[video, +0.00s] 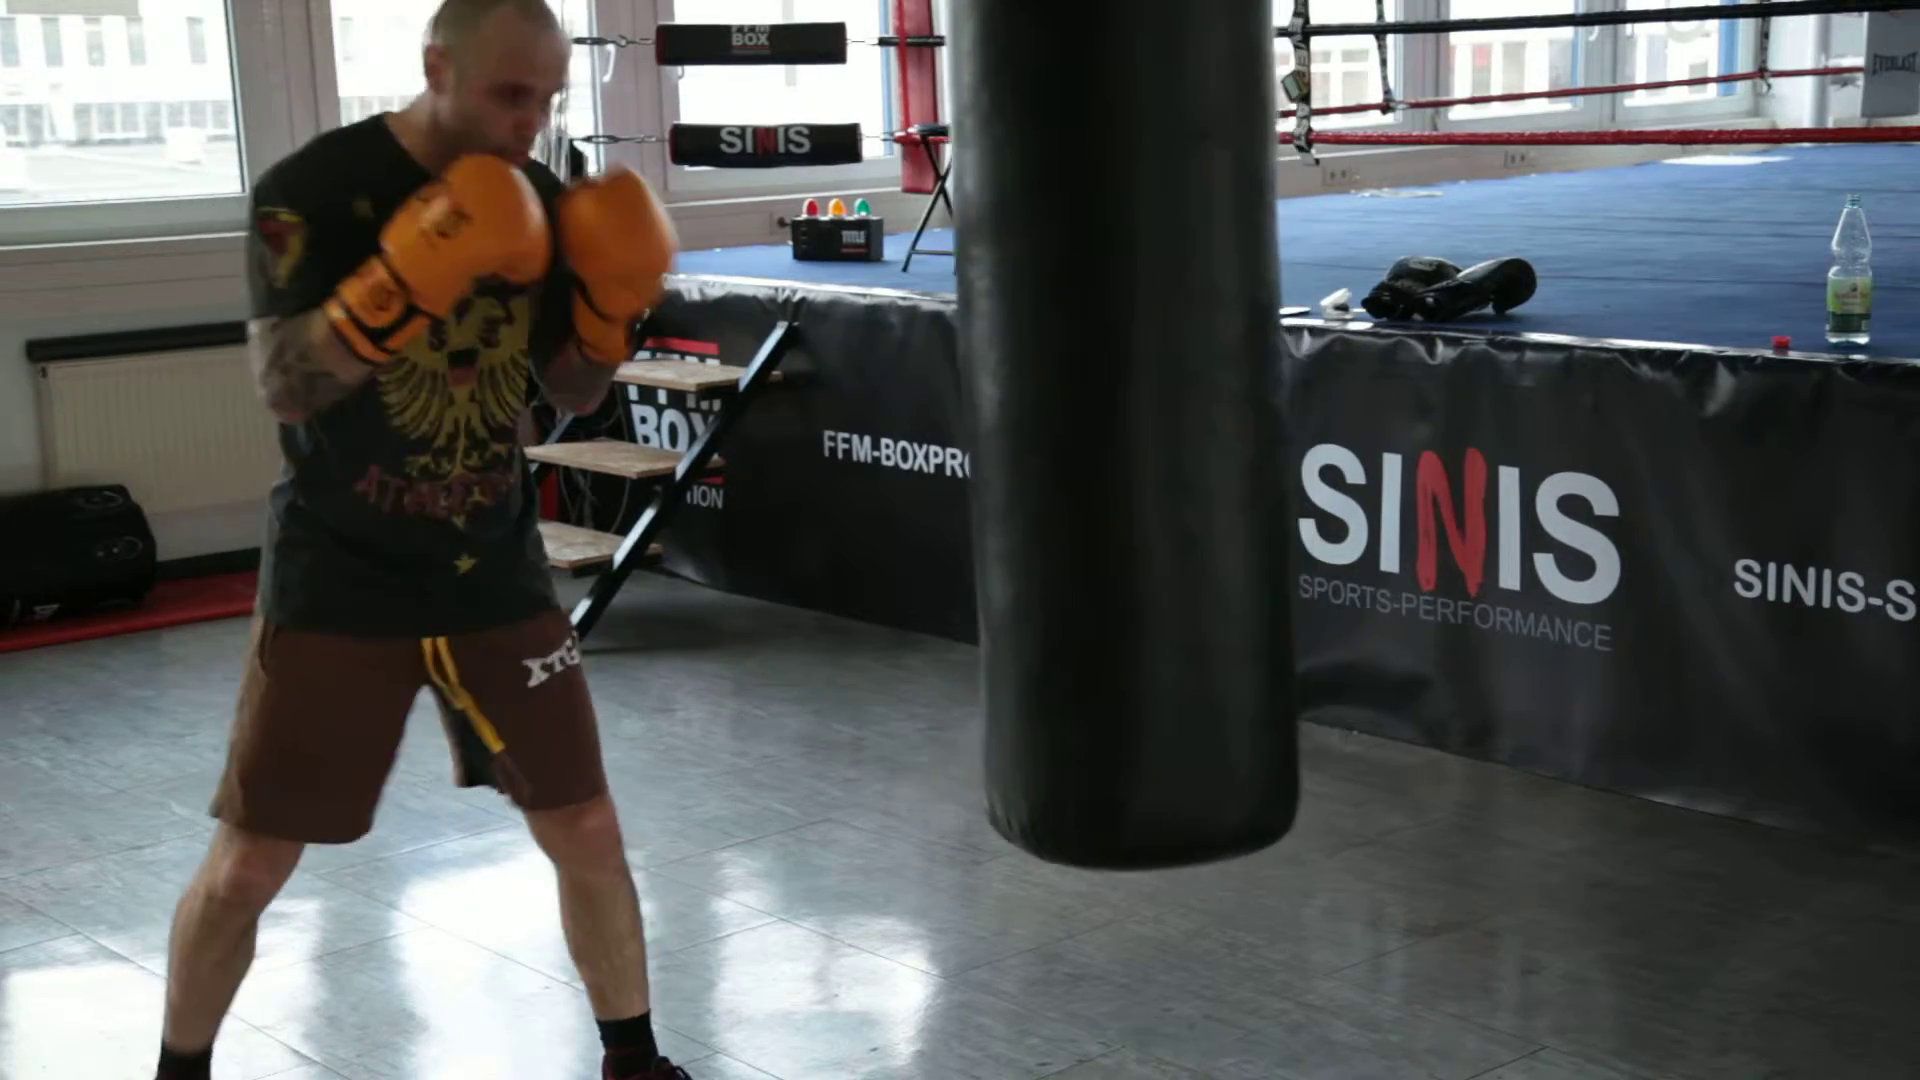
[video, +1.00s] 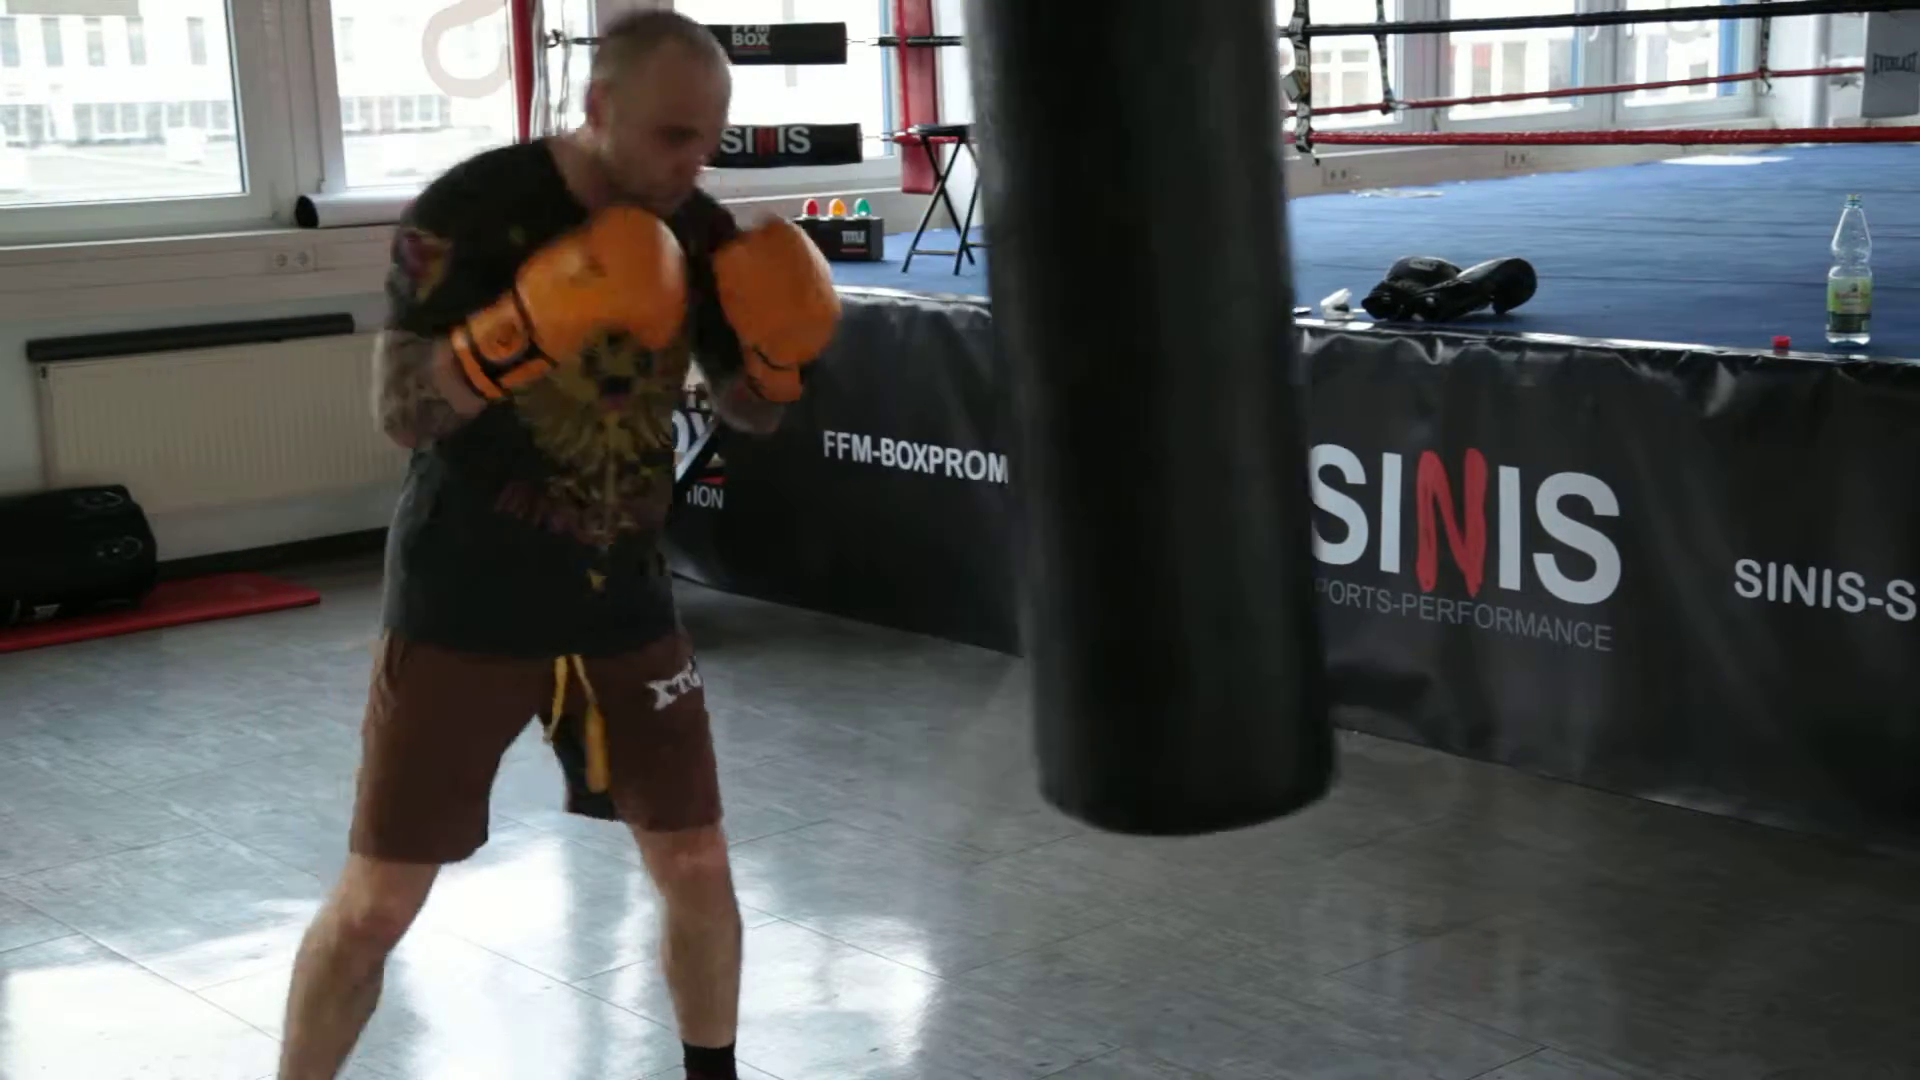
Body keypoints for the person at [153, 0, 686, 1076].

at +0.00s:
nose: (530, 122)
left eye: (547, 98)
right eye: (509, 95)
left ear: (557, 85)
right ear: (434, 71)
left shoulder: (545, 202)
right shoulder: (312, 191)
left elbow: (559, 402)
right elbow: (284, 388)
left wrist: (611, 313)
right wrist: (403, 280)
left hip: (496, 560)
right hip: (341, 565)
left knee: (588, 834)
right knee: (248, 867)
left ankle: (636, 1063)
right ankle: (179, 1075)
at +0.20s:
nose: (442, 157)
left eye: (455, 130)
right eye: (417, 131)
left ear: (469, 113)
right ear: (339, 105)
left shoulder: (485, 214)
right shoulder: (244, 231)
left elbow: (575, 403)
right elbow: (238, 438)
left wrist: (565, 327)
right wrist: (327, 326)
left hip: (484, 596)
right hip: (317, 617)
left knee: (622, 833)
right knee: (239, 902)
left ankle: (647, 1059)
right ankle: (192, 1078)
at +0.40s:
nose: (444, 256)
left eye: (460, 227)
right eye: (416, 234)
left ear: (479, 201)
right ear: (342, 213)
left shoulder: (523, 261)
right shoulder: (273, 301)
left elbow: (661, 428)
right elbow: (261, 498)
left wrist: (616, 328)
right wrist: (332, 437)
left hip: (525, 637)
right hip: (353, 646)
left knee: (654, 883)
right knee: (254, 921)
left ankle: (703, 1073)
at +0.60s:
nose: (630, 226)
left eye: (640, 198)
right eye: (607, 200)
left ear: (649, 178)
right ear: (534, 171)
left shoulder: (634, 272)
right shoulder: (414, 264)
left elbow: (681, 431)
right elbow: (329, 454)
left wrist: (704, 368)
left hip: (575, 607)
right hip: (424, 620)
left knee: (685, 848)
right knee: (324, 915)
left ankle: (711, 1074)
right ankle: (208, 1077)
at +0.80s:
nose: (707, 210)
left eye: (721, 185)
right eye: (689, 180)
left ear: (733, 162)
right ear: (611, 149)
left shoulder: (680, 259)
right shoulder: (506, 220)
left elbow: (705, 431)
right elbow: (530, 356)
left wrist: (755, 357)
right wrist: (723, 295)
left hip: (602, 593)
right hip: (462, 605)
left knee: (703, 851)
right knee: (368, 910)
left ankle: (711, 1075)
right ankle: (227, 1073)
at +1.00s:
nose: (696, 164)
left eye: (710, 138)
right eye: (675, 136)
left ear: (720, 126)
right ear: (599, 111)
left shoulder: (700, 232)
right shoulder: (471, 207)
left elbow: (740, 413)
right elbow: (401, 409)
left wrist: (778, 357)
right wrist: (529, 322)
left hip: (623, 594)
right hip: (466, 597)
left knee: (697, 864)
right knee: (377, 904)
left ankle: (714, 1076)